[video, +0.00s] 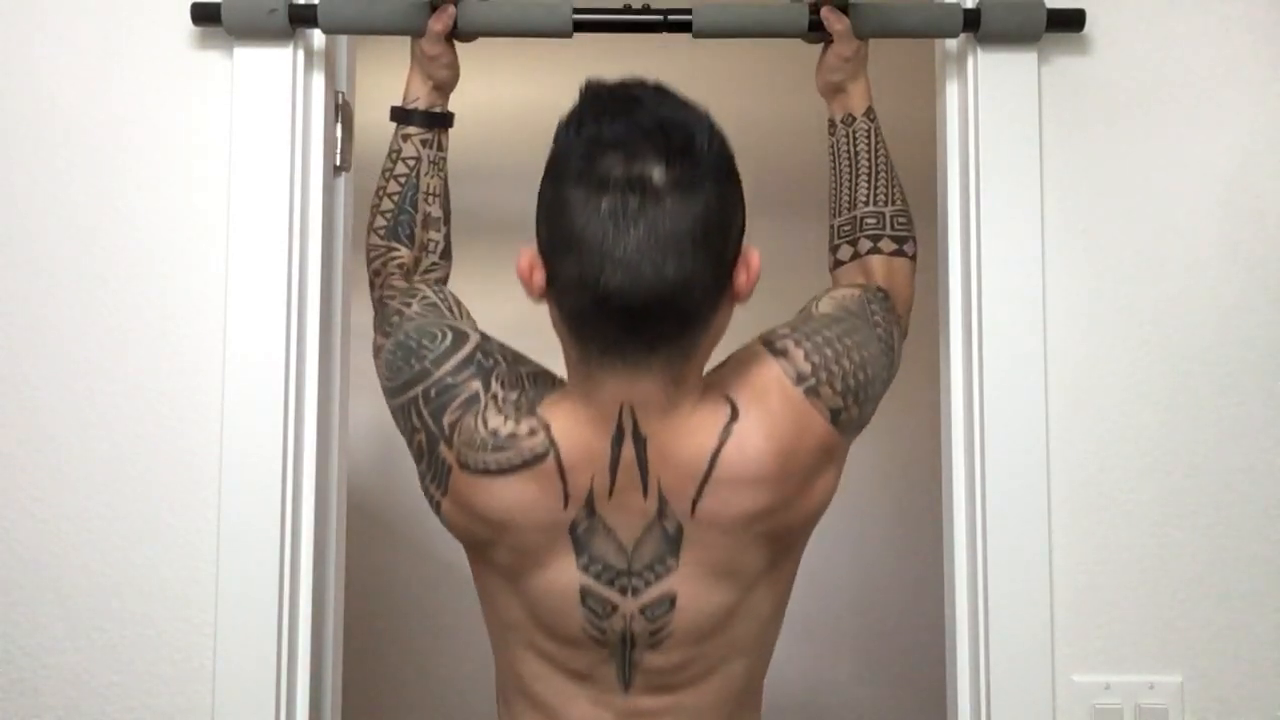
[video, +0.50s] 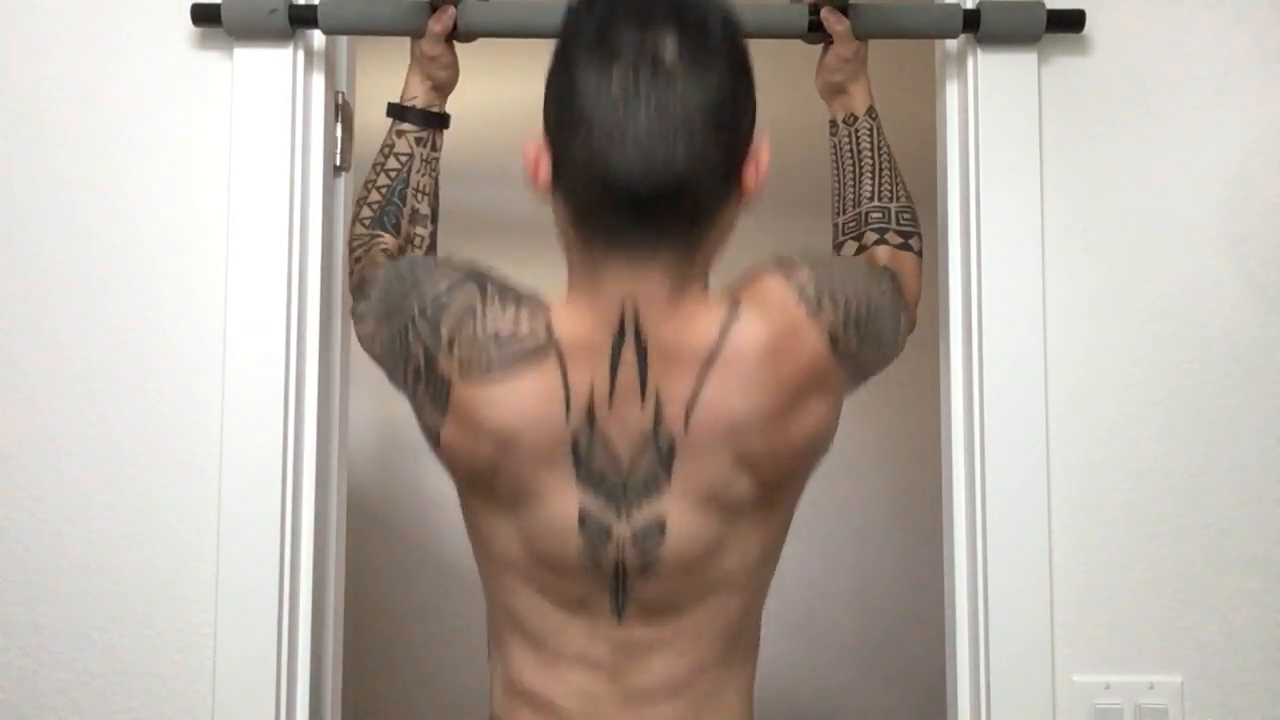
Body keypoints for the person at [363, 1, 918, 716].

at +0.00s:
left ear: (534, 277)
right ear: (743, 279)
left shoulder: (491, 451)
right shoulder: (783, 435)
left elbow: (402, 275)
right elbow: (877, 275)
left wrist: (425, 92)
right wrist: (850, 96)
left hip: (533, 712)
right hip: (726, 712)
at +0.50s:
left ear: (539, 170)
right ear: (753, 171)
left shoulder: (475, 356)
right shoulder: (795, 343)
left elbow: (379, 261)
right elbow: (892, 263)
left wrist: (423, 89)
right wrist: (850, 96)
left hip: (530, 708)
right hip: (711, 707)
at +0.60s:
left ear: (542, 83)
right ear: (754, 85)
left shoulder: (465, 276)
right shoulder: (801, 271)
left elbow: (365, 260)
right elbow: (903, 273)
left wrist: (421, 89)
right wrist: (853, 99)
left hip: (525, 696)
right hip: (715, 697)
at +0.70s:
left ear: (549, 19)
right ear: (749, 18)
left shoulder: (460, 203)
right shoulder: (799, 194)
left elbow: (366, 287)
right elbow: (898, 295)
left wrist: (417, 98)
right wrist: (854, 99)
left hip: (528, 672)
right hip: (719, 675)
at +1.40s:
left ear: (543, 126)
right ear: (752, 127)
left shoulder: (475, 308)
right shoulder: (799, 309)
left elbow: (379, 263)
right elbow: (893, 263)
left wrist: (423, 95)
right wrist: (852, 97)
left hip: (534, 699)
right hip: (725, 700)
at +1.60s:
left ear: (543, 209)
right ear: (752, 211)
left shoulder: (484, 389)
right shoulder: (791, 379)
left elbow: (388, 259)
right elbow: (888, 263)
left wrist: (423, 92)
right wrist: (850, 96)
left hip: (537, 710)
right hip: (720, 710)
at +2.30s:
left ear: (537, 105)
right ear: (751, 109)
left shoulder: (468, 295)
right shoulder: (799, 285)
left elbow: (372, 266)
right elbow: (901, 275)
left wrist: (422, 95)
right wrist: (851, 99)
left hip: (528, 699)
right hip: (716, 699)